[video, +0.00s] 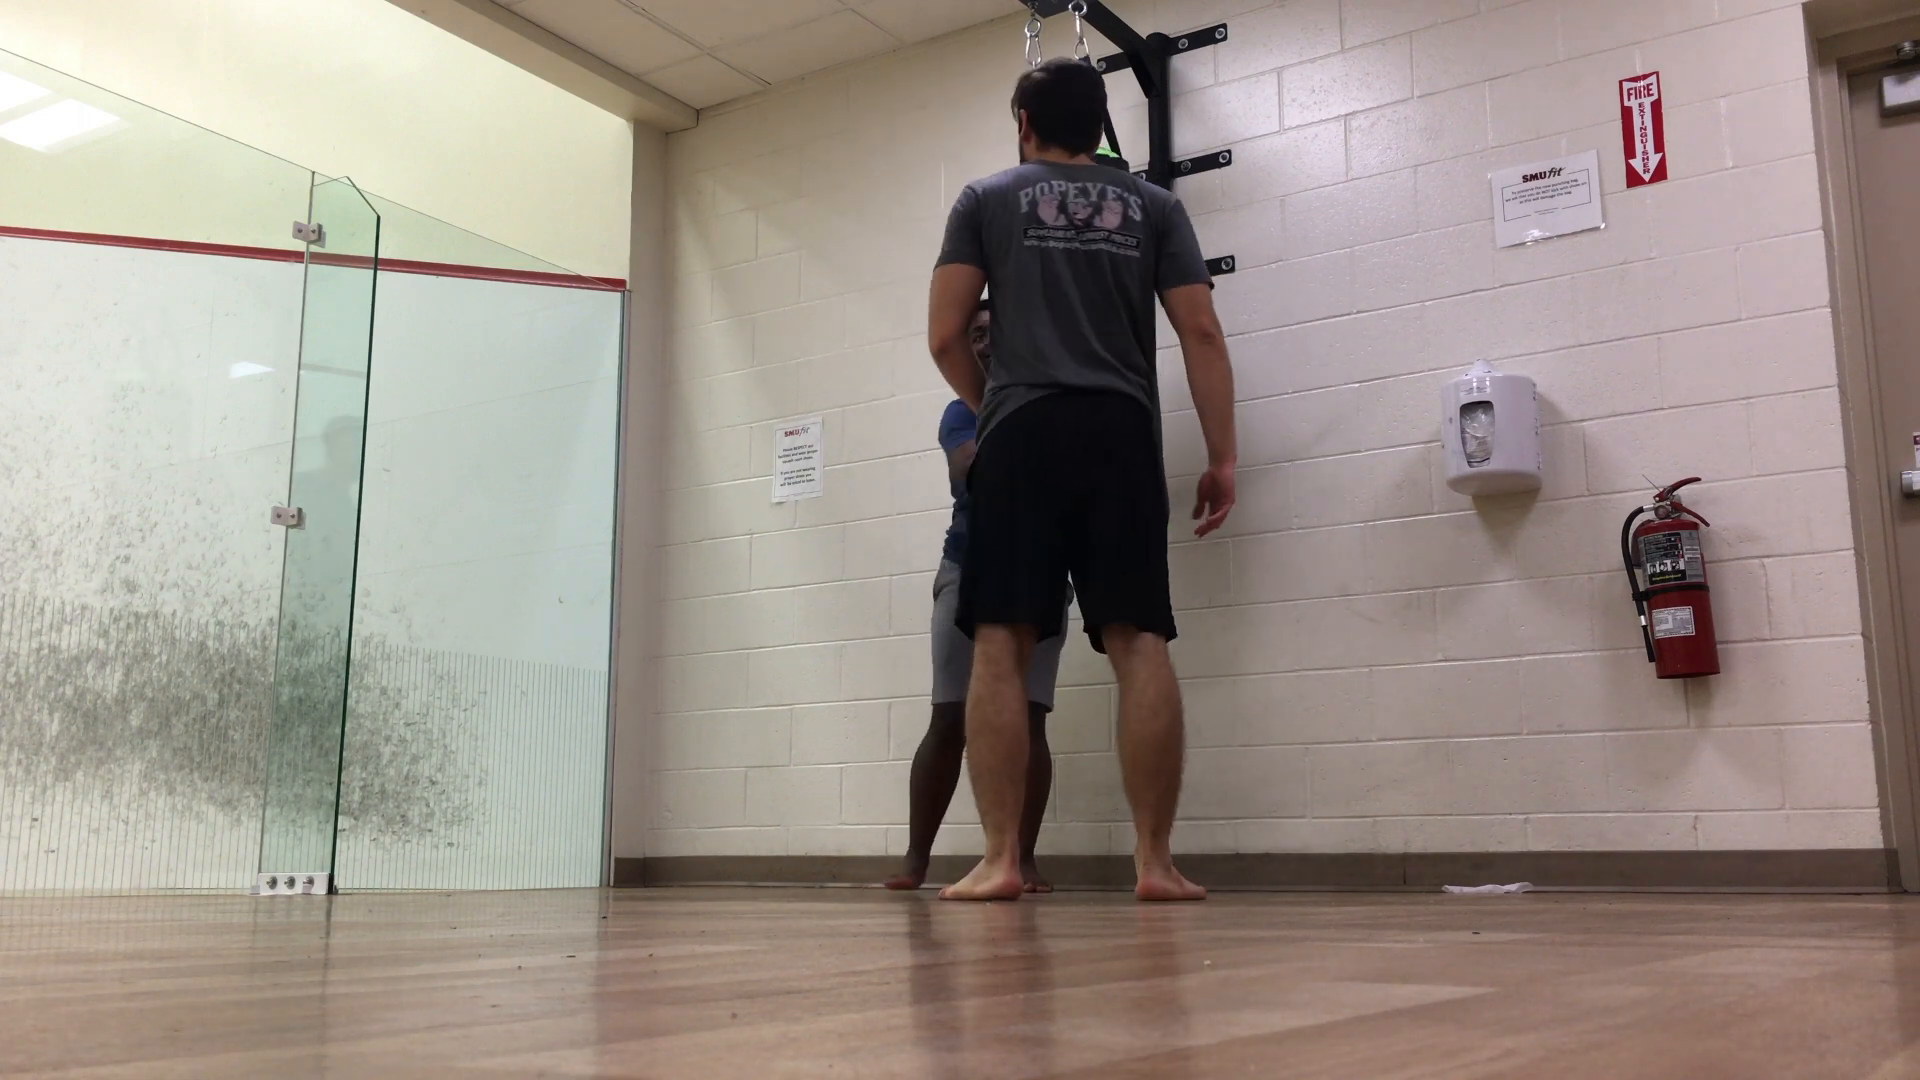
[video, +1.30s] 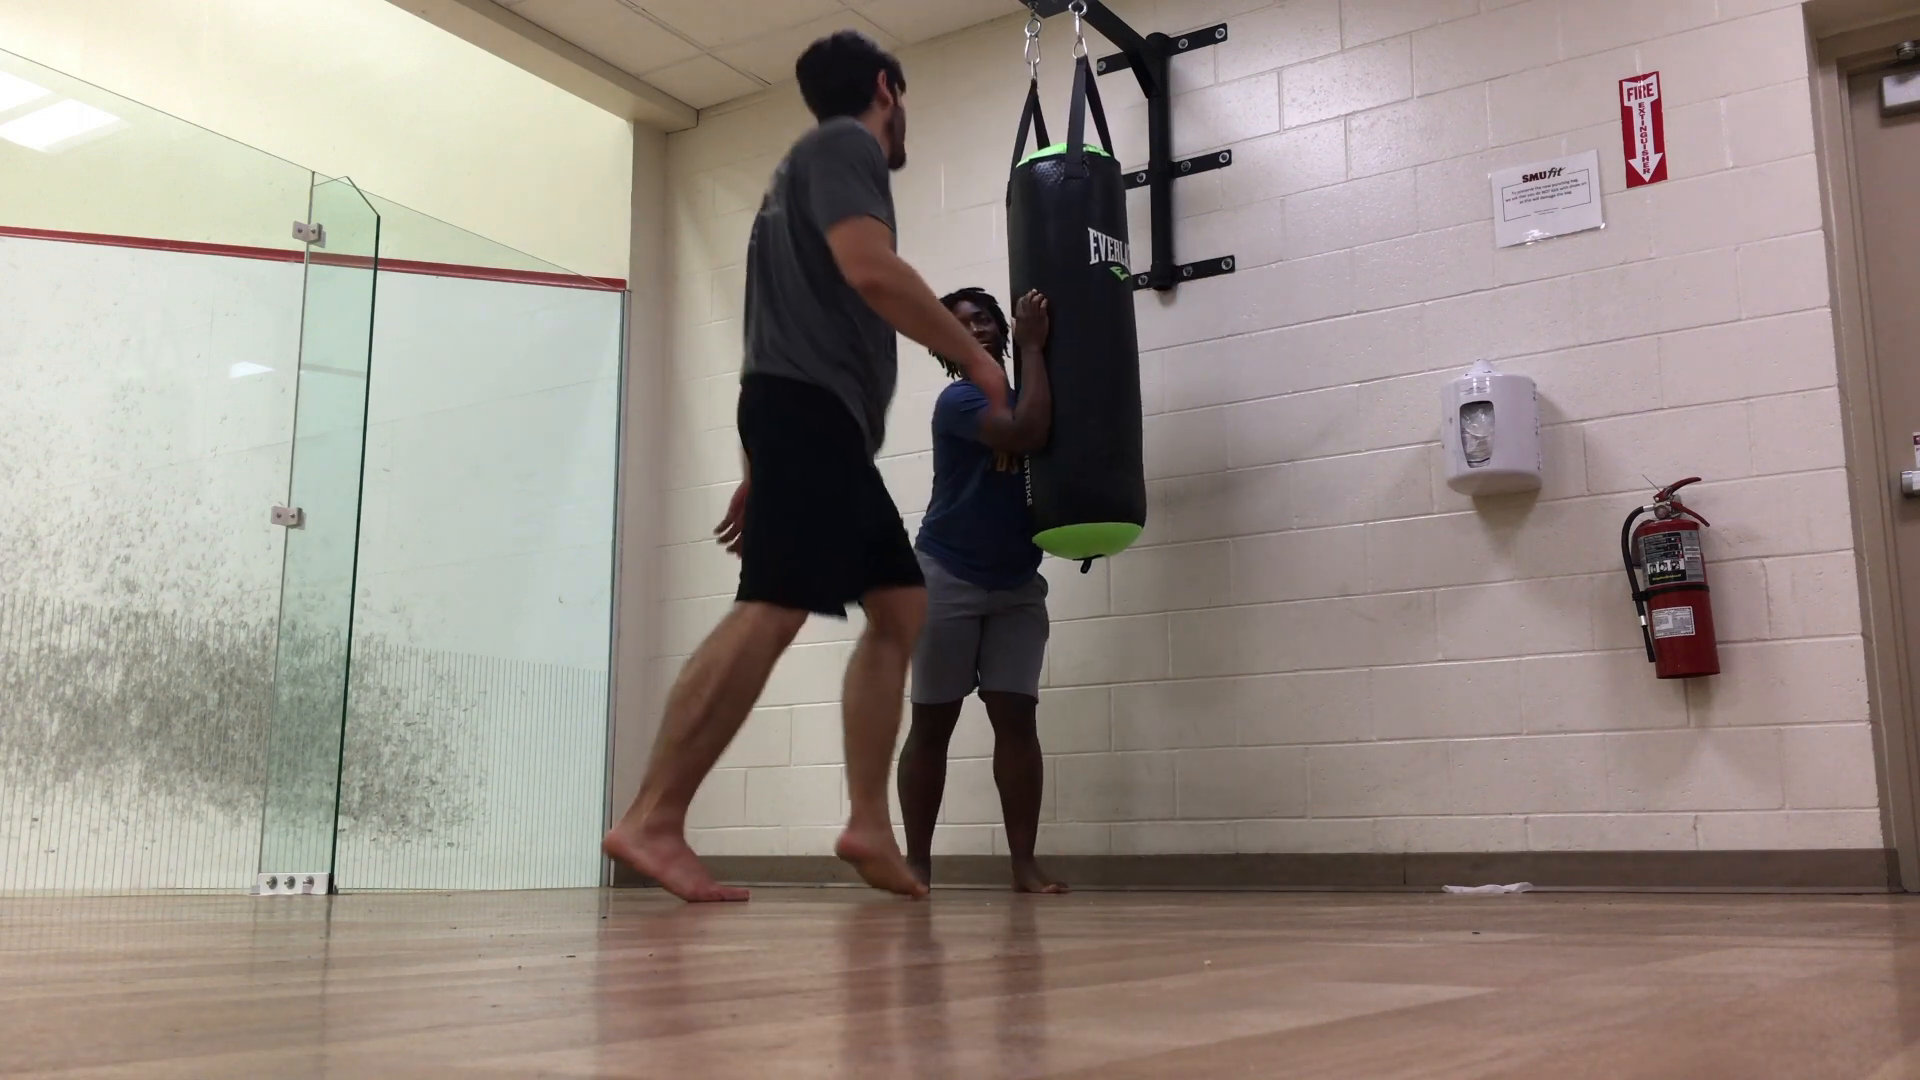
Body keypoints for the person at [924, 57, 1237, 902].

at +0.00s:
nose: (1016, 137)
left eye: (1015, 126)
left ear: (1025, 129)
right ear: (1104, 131)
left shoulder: (986, 199)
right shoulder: (1155, 206)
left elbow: (945, 335)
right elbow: (1201, 332)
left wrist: (992, 412)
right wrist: (1223, 455)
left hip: (1020, 443)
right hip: (1124, 443)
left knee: (999, 646)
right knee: (1140, 642)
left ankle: (1003, 860)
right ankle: (1154, 861)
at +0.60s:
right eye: (1005, 128)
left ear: (933, 137)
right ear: (1013, 135)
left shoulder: (884, 221)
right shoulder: (1049, 203)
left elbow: (855, 360)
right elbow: (1092, 326)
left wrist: (924, 388)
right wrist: (1130, 445)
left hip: (924, 450)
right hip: (1033, 447)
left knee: (894, 644)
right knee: (1090, 646)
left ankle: (885, 861)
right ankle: (1148, 850)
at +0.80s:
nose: (961, 140)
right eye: (962, 128)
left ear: (880, 139)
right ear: (955, 130)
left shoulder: (832, 221)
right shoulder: (976, 185)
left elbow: (820, 364)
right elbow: (1003, 301)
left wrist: (874, 430)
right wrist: (1048, 425)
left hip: (870, 442)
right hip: (972, 429)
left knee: (867, 643)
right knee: (1032, 622)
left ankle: (883, 861)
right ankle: (1018, 841)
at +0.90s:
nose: (939, 135)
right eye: (939, 124)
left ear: (858, 135)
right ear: (935, 126)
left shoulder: (813, 222)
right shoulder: (947, 175)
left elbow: (813, 365)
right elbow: (967, 285)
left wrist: (837, 453)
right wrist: (1011, 416)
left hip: (848, 439)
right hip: (941, 424)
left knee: (859, 644)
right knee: (997, 625)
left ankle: (882, 859)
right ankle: (890, 809)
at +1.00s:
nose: (921, 126)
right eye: (919, 115)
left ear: (837, 130)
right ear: (914, 118)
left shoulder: (801, 219)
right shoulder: (921, 166)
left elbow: (794, 368)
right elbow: (943, 281)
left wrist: (793, 487)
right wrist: (991, 407)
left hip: (828, 440)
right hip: (909, 426)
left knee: (854, 642)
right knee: (936, 629)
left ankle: (884, 860)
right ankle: (775, 782)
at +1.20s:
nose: (905, 120)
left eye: (901, 106)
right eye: (901, 104)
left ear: (821, 116)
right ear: (881, 99)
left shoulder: (783, 206)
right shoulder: (868, 153)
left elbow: (753, 346)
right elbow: (898, 282)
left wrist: (748, 475)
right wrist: (995, 396)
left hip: (798, 425)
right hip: (835, 421)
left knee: (890, 631)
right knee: (800, 616)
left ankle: (882, 852)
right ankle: (655, 819)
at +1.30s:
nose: (907, 120)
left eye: (903, 105)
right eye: (904, 103)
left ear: (824, 101)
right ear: (883, 92)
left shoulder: (791, 186)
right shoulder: (841, 144)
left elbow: (782, 339)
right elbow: (868, 266)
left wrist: (761, 473)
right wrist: (977, 361)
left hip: (803, 422)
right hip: (802, 411)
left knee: (900, 609)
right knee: (771, 610)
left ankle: (869, 823)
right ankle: (650, 822)